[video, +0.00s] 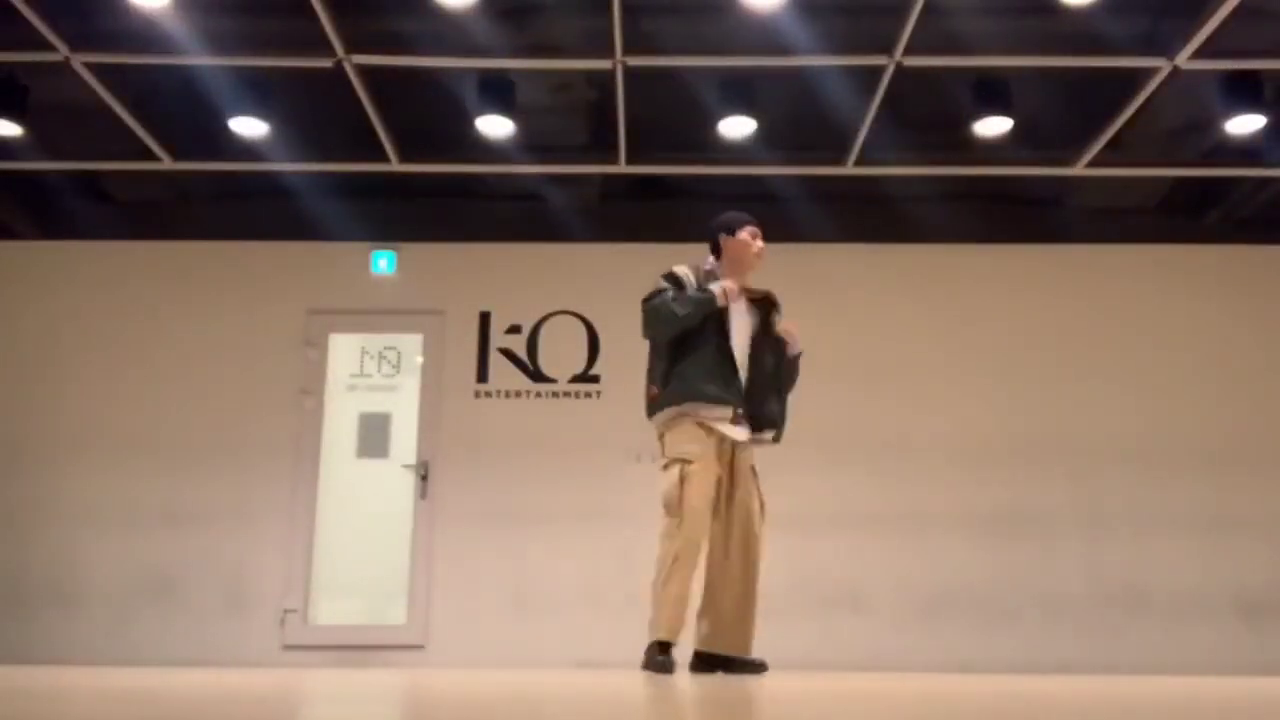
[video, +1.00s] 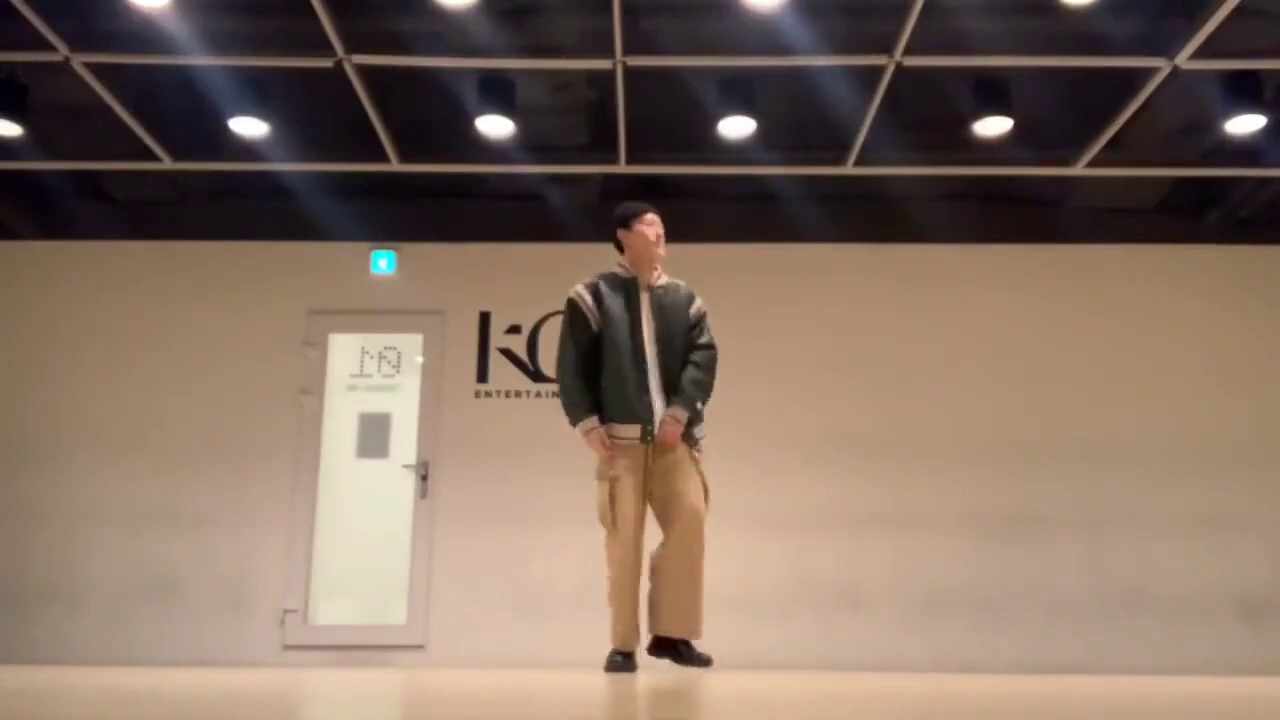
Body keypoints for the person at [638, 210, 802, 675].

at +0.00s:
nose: (760, 243)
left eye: (761, 237)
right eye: (750, 235)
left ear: (755, 251)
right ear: (722, 243)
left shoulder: (760, 308)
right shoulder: (684, 284)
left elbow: (773, 387)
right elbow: (659, 323)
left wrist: (788, 353)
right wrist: (714, 294)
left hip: (739, 431)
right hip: (690, 423)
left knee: (741, 536)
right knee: (688, 525)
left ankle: (720, 649)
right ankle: (662, 641)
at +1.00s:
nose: (657, 233)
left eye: (659, 226)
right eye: (647, 226)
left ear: (664, 237)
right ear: (623, 237)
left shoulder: (683, 298)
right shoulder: (593, 298)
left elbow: (702, 358)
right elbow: (571, 368)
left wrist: (680, 412)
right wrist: (587, 424)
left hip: (673, 439)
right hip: (619, 441)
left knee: (690, 521)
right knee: (624, 543)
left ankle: (671, 634)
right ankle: (623, 645)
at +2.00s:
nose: (710, 209)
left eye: (718, 202)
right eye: (700, 204)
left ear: (731, 219)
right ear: (685, 221)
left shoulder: (759, 281)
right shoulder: (654, 281)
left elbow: (780, 352)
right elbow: (629, 349)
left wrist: (762, 409)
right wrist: (633, 397)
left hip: (733, 430)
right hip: (671, 428)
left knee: (723, 539)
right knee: (664, 525)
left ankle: (710, 648)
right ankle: (654, 641)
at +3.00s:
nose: (673, 201)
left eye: (682, 192)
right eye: (665, 194)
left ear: (700, 202)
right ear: (652, 206)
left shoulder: (738, 265)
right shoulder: (631, 275)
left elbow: (766, 341)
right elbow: (608, 349)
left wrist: (778, 408)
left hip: (724, 418)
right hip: (650, 421)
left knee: (739, 519)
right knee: (648, 517)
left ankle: (709, 631)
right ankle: (667, 645)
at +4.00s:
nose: (685, 191)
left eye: (691, 186)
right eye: (675, 188)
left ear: (703, 203)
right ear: (657, 208)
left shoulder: (733, 249)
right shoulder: (632, 259)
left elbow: (756, 307)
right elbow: (617, 314)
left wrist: (720, 332)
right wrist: (653, 333)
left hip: (721, 404)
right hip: (658, 408)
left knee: (729, 518)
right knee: (660, 520)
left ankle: (727, 631)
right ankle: (667, 639)